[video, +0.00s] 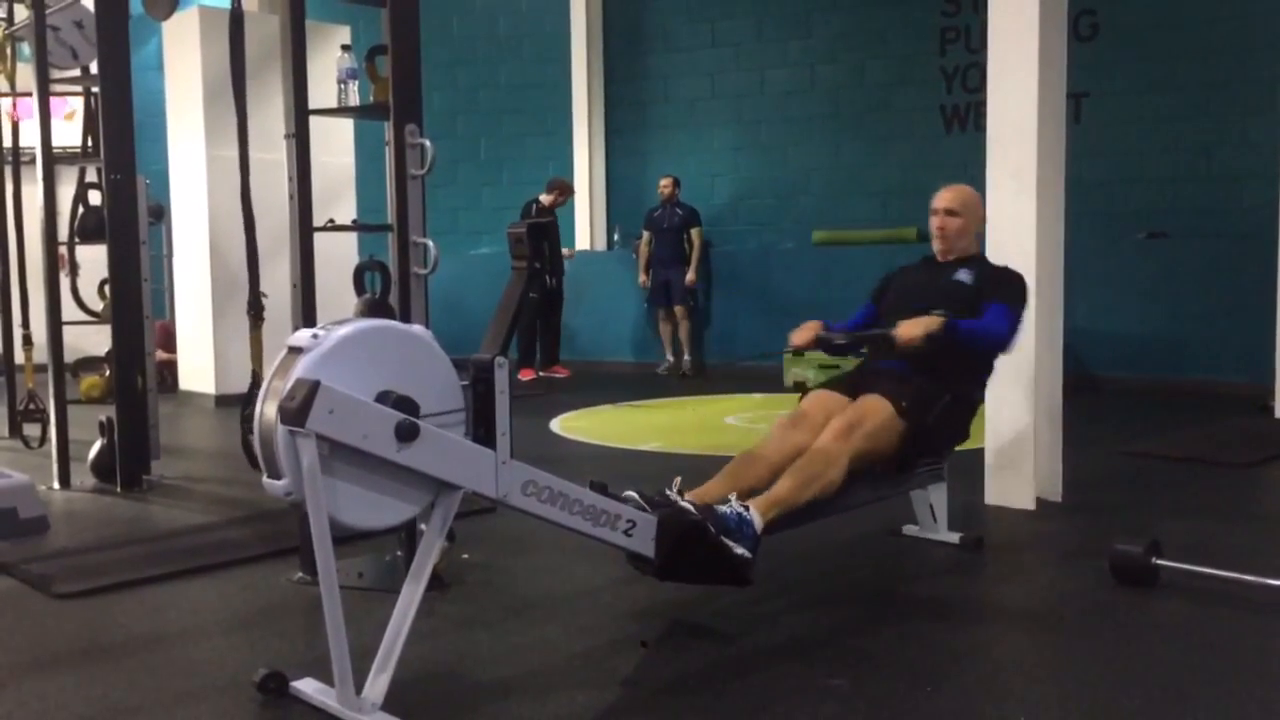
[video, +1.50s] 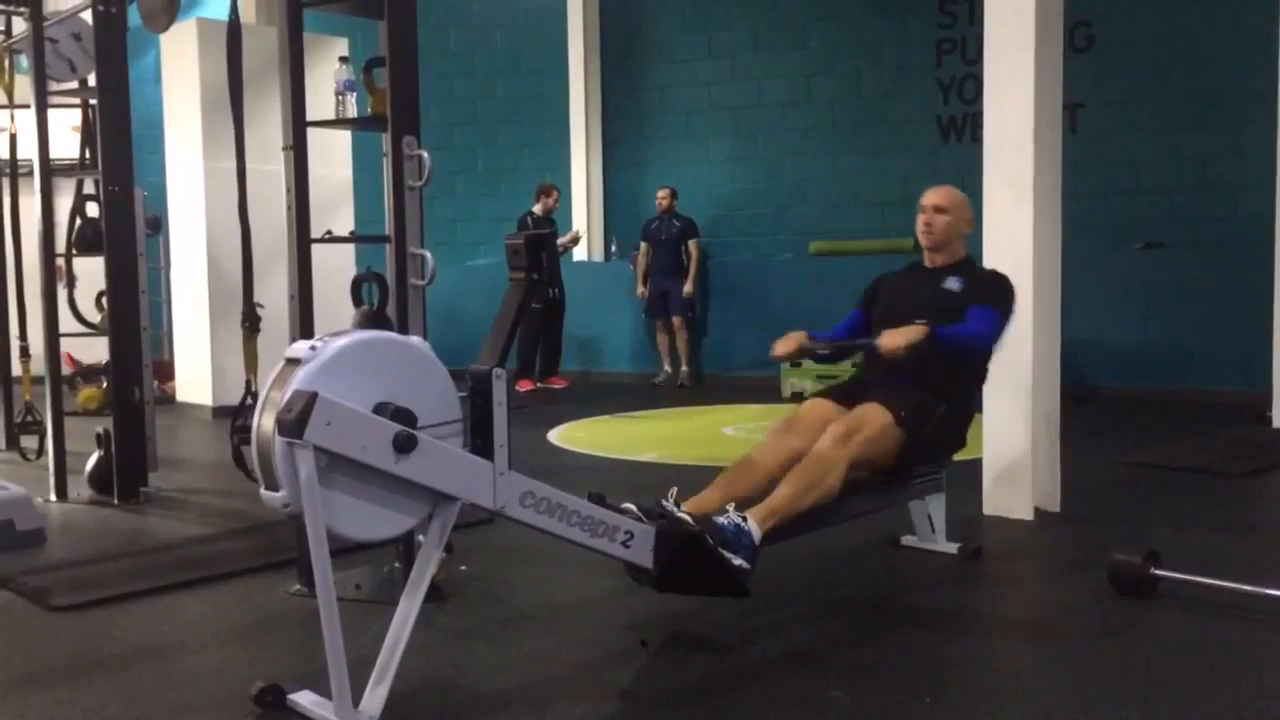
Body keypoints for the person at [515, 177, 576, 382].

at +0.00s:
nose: (564, 204)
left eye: (565, 200)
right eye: (564, 199)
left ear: (556, 194)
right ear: (556, 194)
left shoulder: (550, 213)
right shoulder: (531, 210)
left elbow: (550, 244)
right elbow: (530, 245)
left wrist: (560, 254)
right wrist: (538, 269)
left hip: (553, 275)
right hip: (534, 276)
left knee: (551, 321)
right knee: (529, 322)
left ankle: (550, 363)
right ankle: (526, 366)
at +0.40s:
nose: (556, 200)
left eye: (557, 196)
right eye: (555, 195)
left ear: (547, 194)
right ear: (544, 193)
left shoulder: (546, 214)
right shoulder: (527, 214)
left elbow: (548, 243)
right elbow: (527, 247)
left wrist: (565, 241)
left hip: (551, 277)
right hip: (533, 279)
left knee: (550, 324)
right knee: (528, 325)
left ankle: (548, 365)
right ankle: (524, 368)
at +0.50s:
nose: (555, 200)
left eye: (556, 196)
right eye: (554, 195)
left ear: (545, 194)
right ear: (543, 193)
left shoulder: (545, 214)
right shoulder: (526, 214)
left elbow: (546, 243)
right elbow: (527, 247)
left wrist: (563, 242)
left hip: (551, 278)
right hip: (532, 279)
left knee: (550, 324)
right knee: (527, 325)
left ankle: (548, 366)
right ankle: (523, 368)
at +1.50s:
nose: (557, 205)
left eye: (558, 201)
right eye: (554, 200)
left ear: (548, 200)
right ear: (543, 199)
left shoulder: (550, 223)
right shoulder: (526, 222)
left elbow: (552, 254)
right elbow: (531, 253)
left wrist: (567, 245)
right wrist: (560, 243)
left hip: (554, 284)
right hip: (535, 285)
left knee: (553, 331)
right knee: (530, 333)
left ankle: (549, 374)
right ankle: (524, 377)